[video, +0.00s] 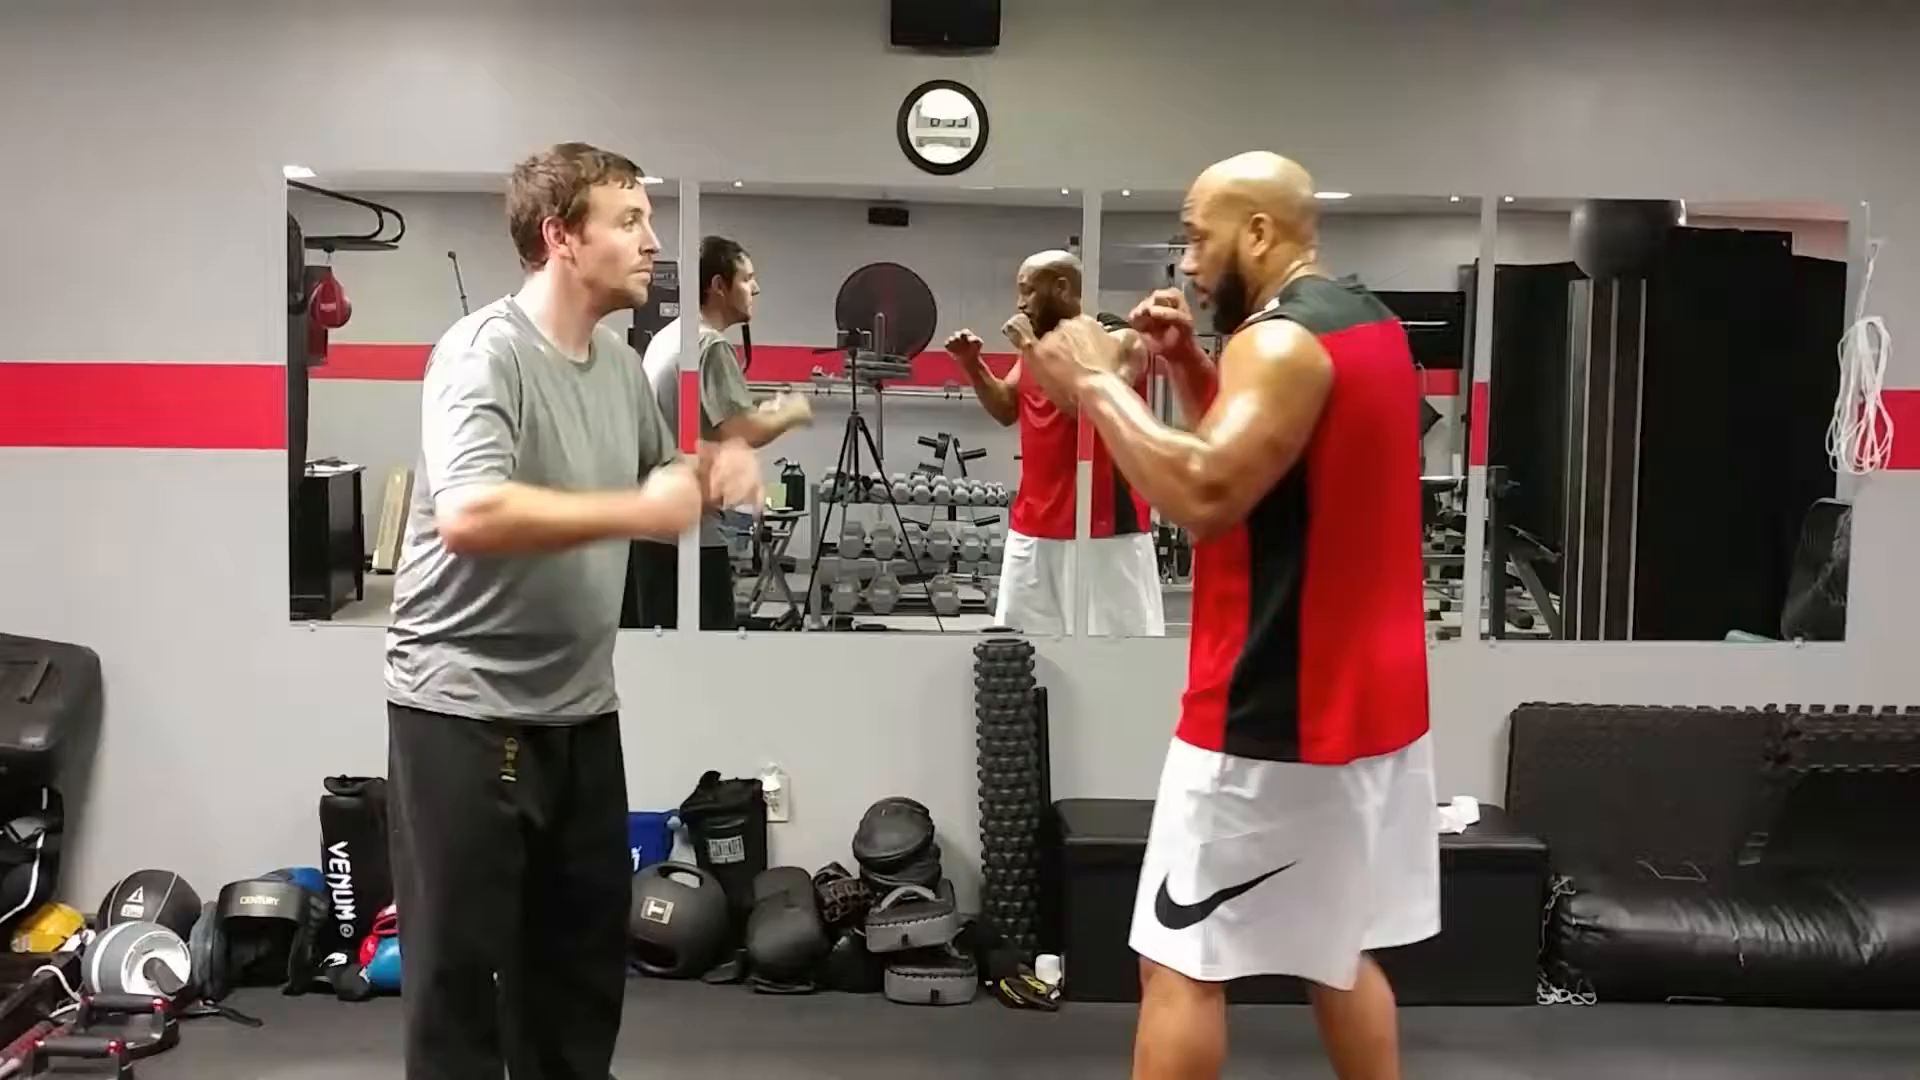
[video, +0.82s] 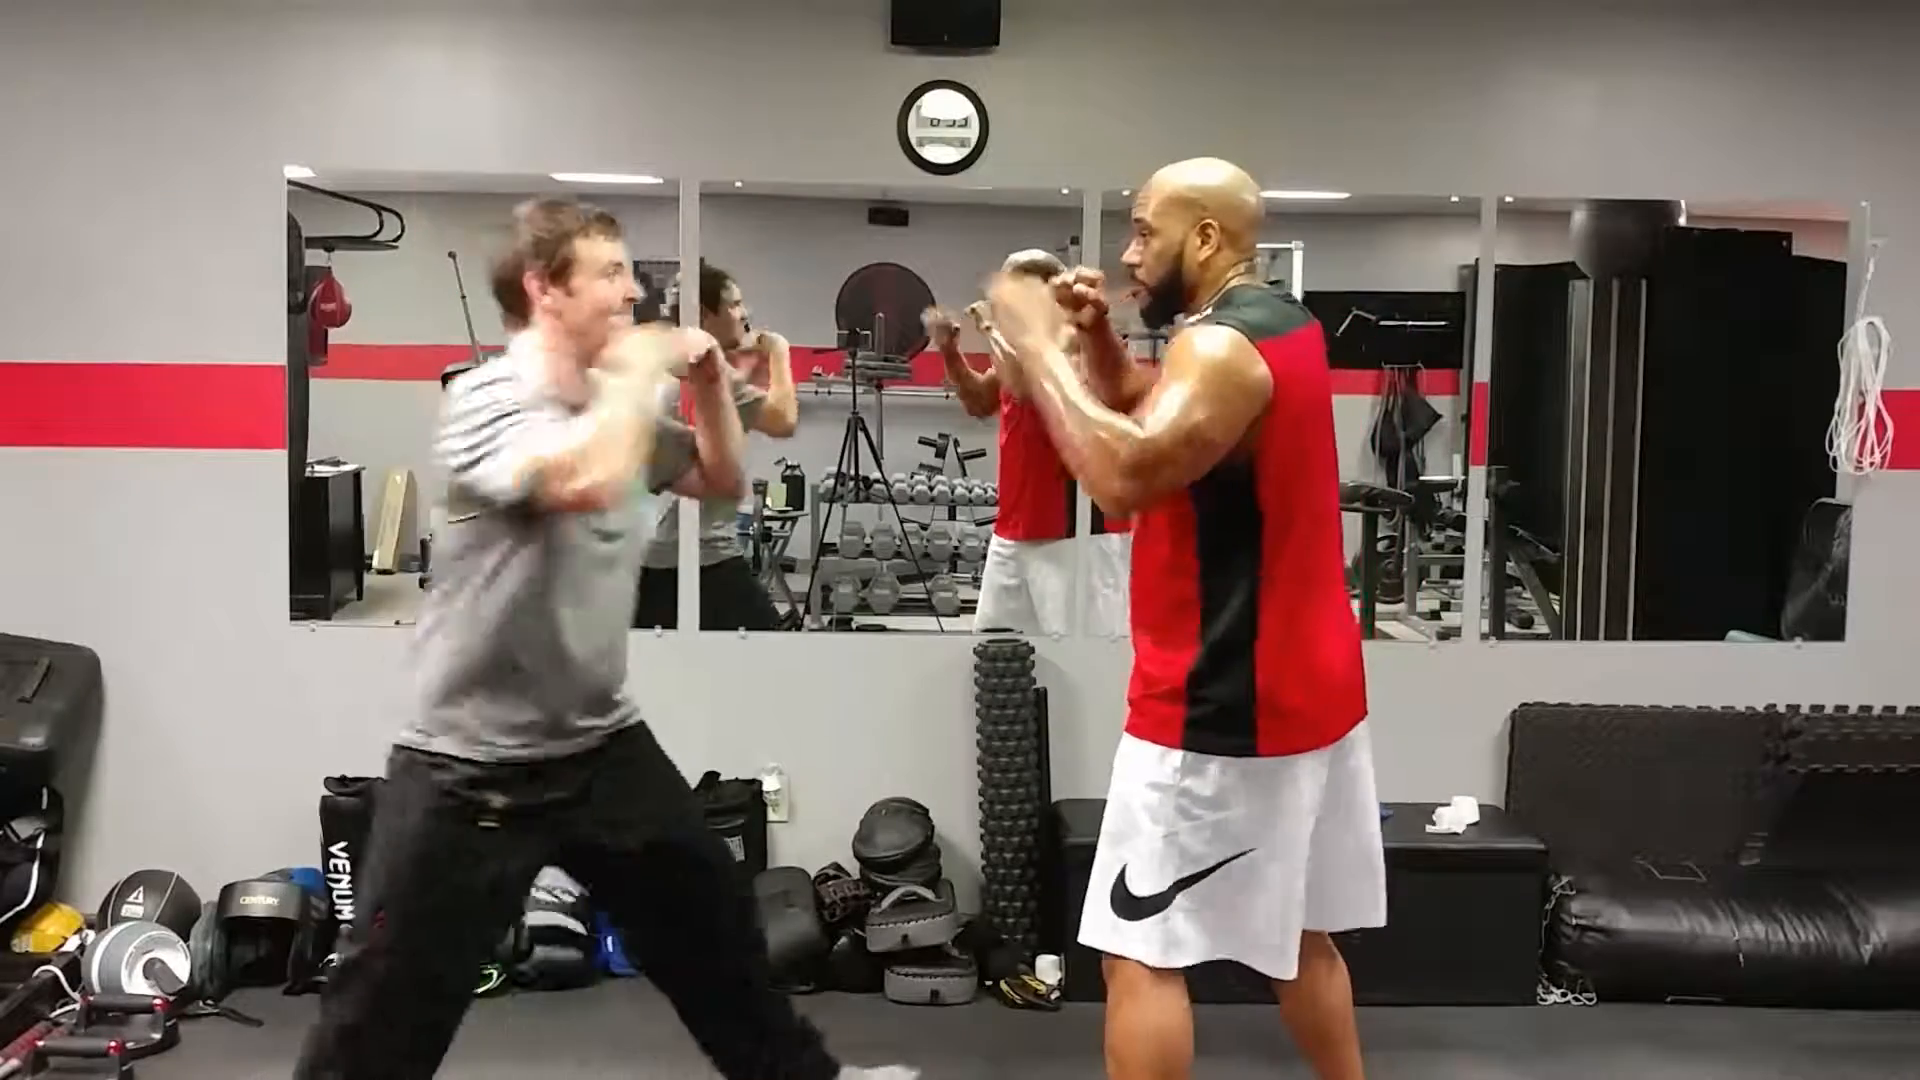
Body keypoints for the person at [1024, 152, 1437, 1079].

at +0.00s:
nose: (1185, 262)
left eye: (1196, 239)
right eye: (1185, 240)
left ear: (1257, 234)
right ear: (1277, 234)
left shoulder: (1284, 341)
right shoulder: (1368, 324)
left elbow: (1204, 497)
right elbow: (1257, 470)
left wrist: (1091, 385)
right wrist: (1184, 364)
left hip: (1262, 711)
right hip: (1370, 702)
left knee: (1179, 964)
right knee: (1340, 950)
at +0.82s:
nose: (1129, 252)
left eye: (1144, 234)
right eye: (1133, 232)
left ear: (1204, 239)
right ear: (1219, 240)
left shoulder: (1224, 343)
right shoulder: (1281, 326)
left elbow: (1121, 479)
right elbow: (1142, 427)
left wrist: (1032, 345)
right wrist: (1098, 339)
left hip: (1210, 702)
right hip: (1302, 690)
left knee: (1142, 955)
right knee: (1295, 935)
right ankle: (1345, 1076)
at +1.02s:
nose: (1129, 258)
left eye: (1140, 238)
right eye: (1130, 238)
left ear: (1193, 240)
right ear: (1218, 242)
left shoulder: (1204, 331)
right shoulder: (1260, 319)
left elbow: (1095, 488)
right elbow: (1066, 347)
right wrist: (937, 291)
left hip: (1221, 674)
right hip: (1319, 666)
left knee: (1109, 926)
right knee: (1305, 924)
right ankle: (1354, 1076)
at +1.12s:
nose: (1098, 278)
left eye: (1108, 260)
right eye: (1100, 261)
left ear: (1158, 265)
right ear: (1185, 268)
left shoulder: (1191, 361)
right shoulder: (1222, 344)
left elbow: (1164, 539)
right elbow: (1043, 415)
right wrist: (886, 397)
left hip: (1226, 691)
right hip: (1325, 683)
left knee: (1080, 930)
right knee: (1293, 934)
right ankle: (1341, 1075)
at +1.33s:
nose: (1022, 310)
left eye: (1034, 293)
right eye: (1026, 292)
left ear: (1083, 305)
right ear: (1115, 305)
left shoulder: (1107, 411)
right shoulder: (1174, 382)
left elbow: (1117, 578)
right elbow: (1025, 535)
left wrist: (980, 641)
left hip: (1173, 721)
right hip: (1273, 708)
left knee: (1022, 942)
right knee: (1248, 946)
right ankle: (1323, 1073)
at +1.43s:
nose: (1010, 297)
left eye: (1023, 283)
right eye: (1015, 281)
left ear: (1074, 298)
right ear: (1101, 300)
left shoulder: (1062, 409)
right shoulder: (1140, 371)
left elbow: (949, 556)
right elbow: (1020, 501)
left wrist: (847, 563)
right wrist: (888, 513)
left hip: (1151, 723)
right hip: (1242, 708)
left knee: (963, 935)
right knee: (1218, 937)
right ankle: (1322, 1075)